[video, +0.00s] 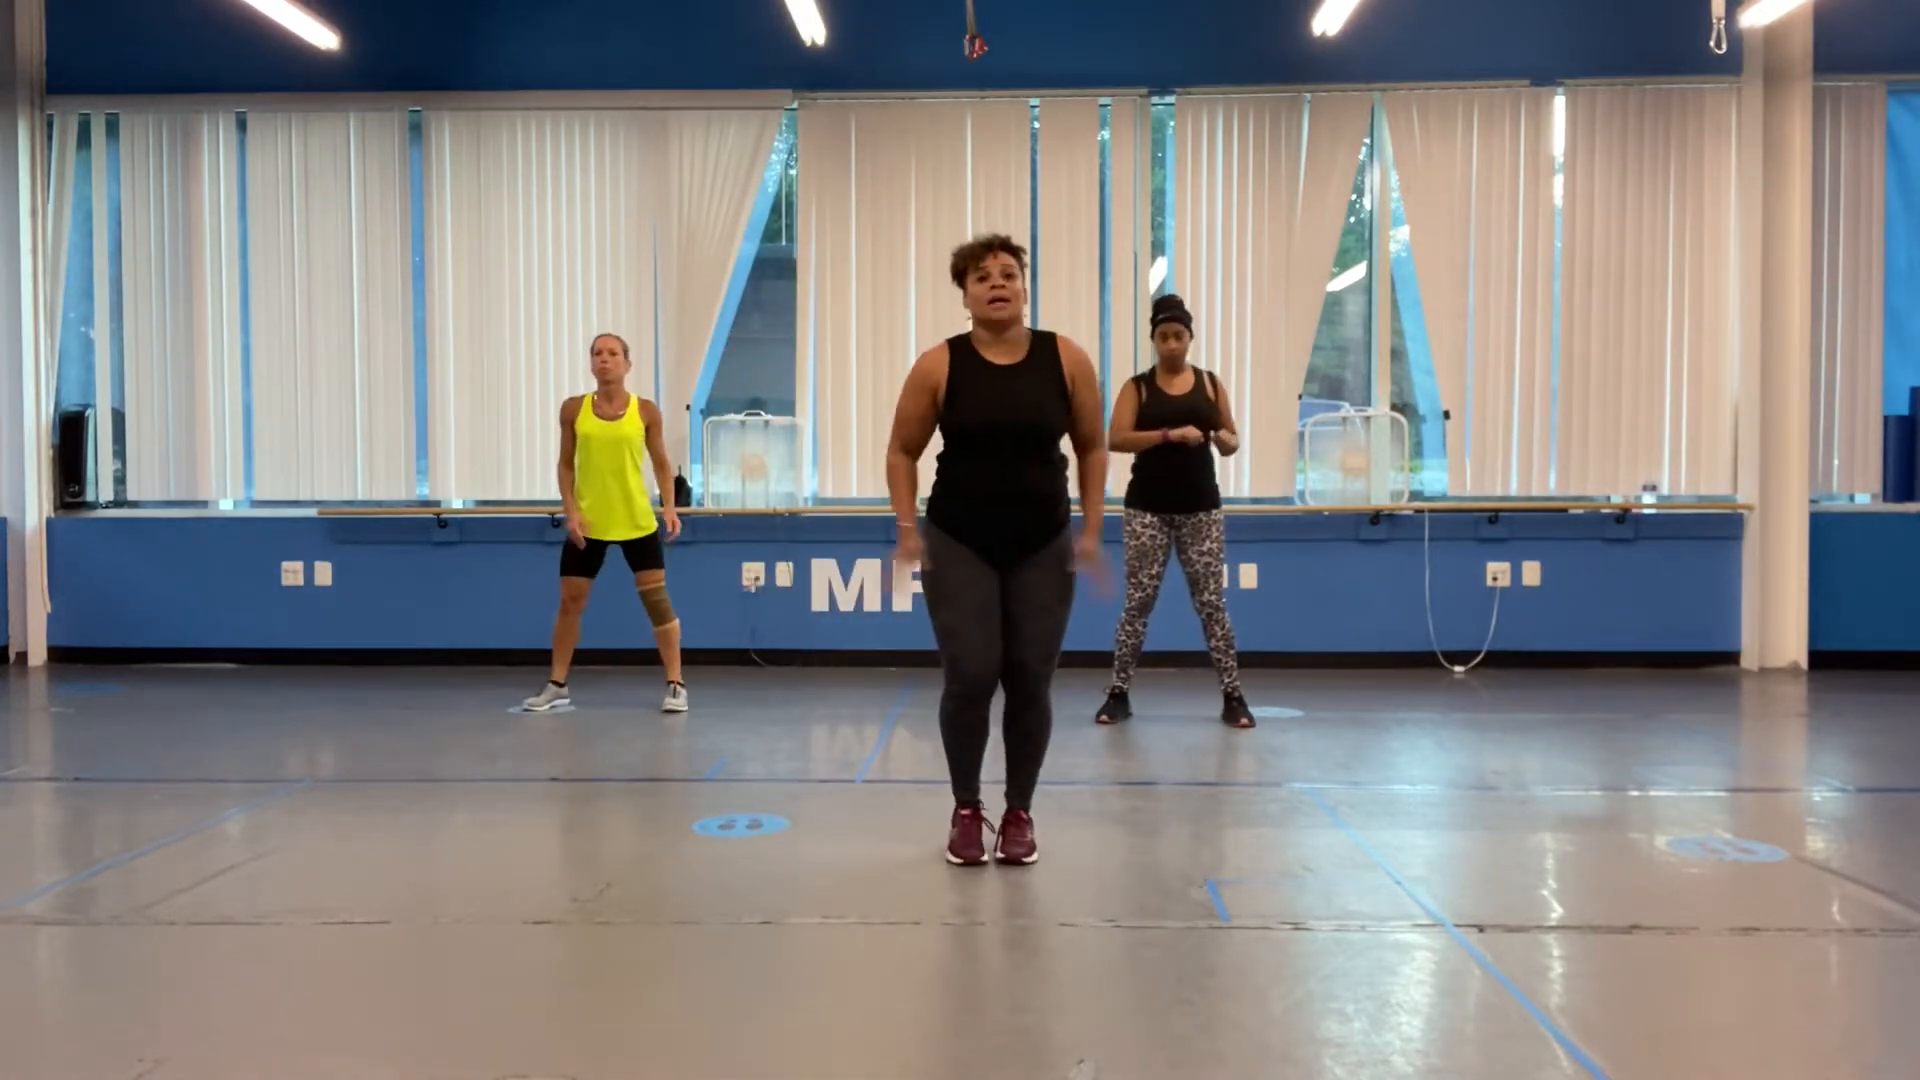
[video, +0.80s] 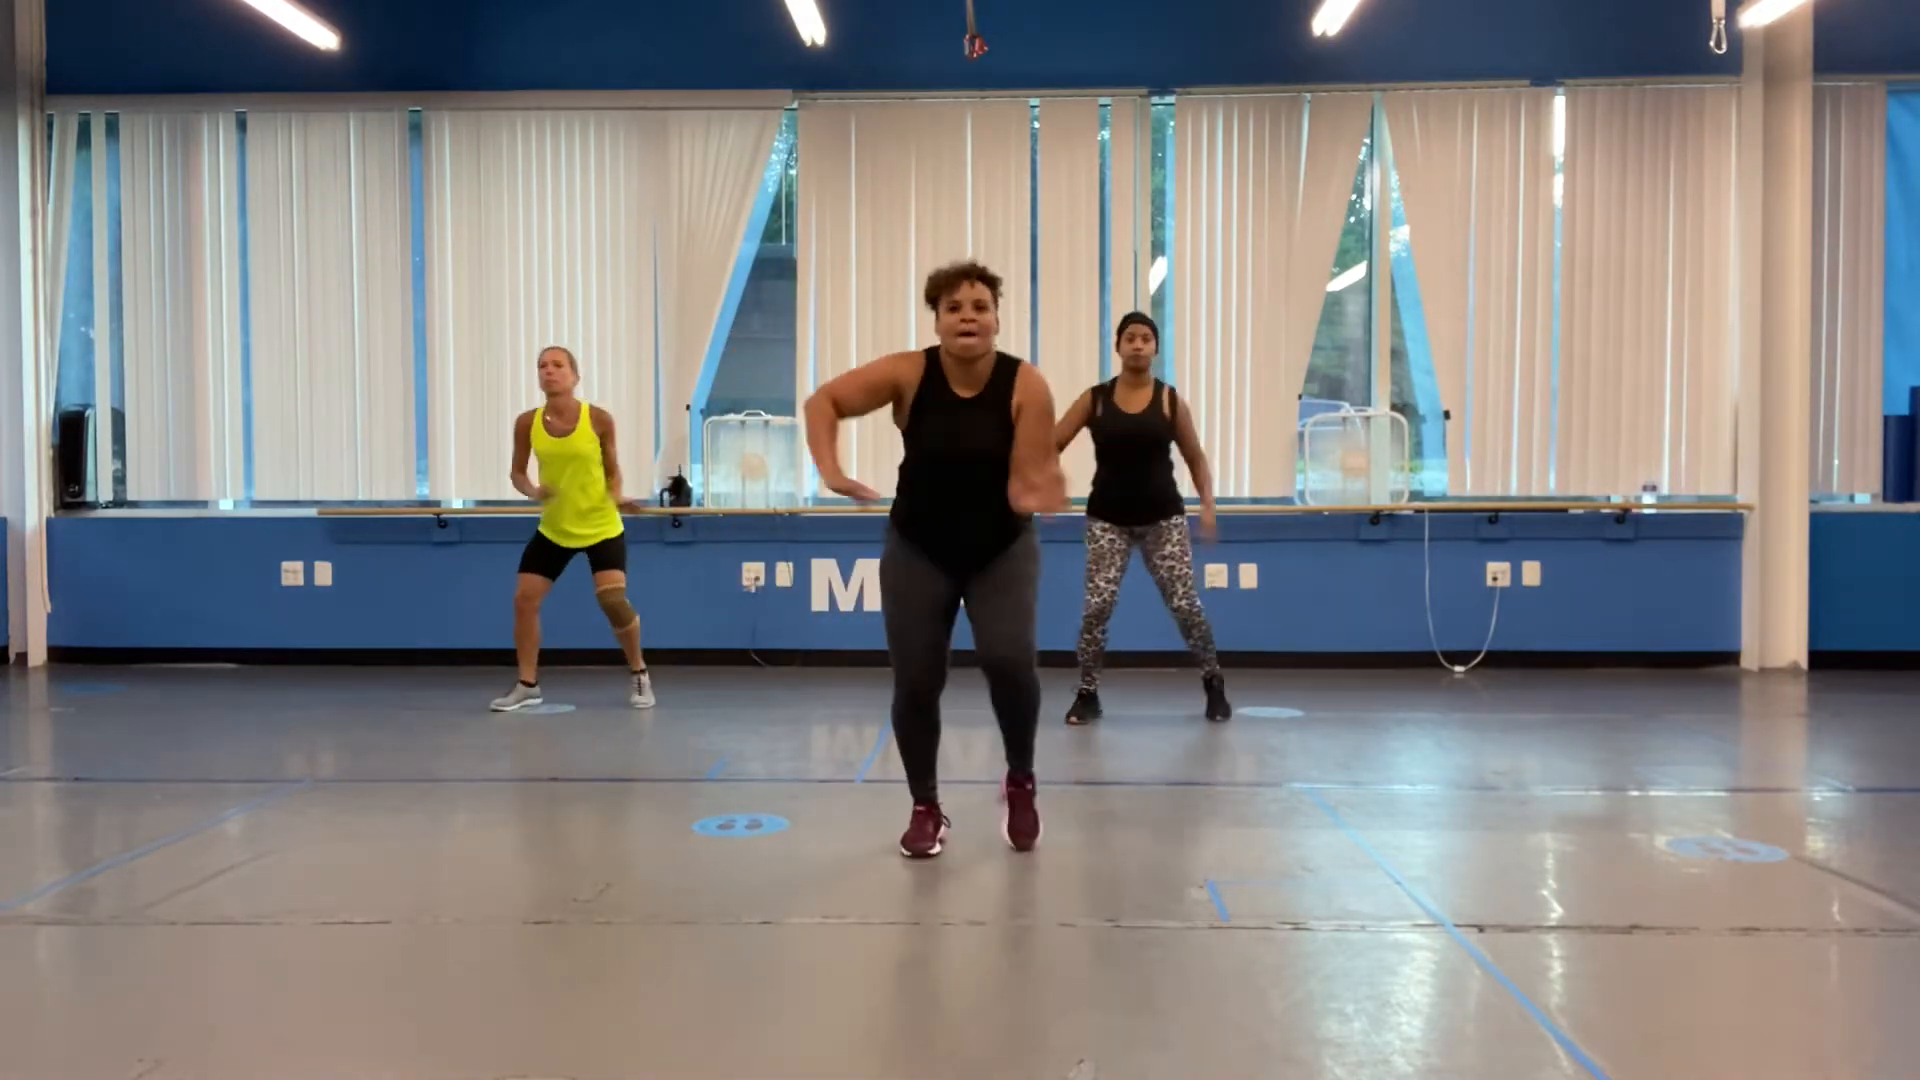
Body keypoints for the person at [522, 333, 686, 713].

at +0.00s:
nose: (603, 359)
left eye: (611, 353)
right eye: (598, 353)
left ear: (627, 363)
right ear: (590, 363)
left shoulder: (646, 411)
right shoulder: (573, 408)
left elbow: (661, 462)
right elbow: (565, 463)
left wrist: (669, 505)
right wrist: (570, 510)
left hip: (637, 519)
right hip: (590, 520)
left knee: (656, 600)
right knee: (570, 601)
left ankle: (675, 684)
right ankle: (557, 685)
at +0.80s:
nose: (548, 371)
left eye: (557, 365)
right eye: (543, 366)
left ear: (575, 376)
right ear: (538, 378)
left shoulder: (599, 418)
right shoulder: (528, 423)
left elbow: (613, 469)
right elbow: (518, 473)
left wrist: (616, 496)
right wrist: (533, 492)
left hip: (601, 523)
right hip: (556, 525)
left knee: (612, 599)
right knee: (526, 598)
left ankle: (639, 674)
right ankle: (527, 685)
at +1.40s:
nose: (542, 374)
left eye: (550, 368)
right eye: (537, 369)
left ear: (569, 379)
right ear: (532, 381)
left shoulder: (594, 417)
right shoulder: (526, 423)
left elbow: (632, 450)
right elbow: (533, 477)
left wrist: (665, 475)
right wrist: (551, 483)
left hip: (612, 521)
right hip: (568, 526)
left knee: (630, 599)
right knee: (532, 594)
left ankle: (673, 680)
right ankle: (521, 683)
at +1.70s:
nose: (499, 382)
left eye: (508, 377)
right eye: (494, 377)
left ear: (527, 387)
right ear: (490, 388)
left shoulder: (554, 419)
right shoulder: (488, 430)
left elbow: (602, 445)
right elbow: (491, 484)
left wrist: (651, 453)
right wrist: (529, 466)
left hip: (578, 526)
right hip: (535, 530)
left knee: (585, 603)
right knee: (487, 590)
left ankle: (615, 680)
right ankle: (503, 678)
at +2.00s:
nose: (465, 385)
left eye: (473, 380)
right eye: (460, 380)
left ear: (492, 390)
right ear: (455, 391)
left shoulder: (517, 426)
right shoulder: (447, 435)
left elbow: (557, 454)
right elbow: (442, 490)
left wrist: (597, 475)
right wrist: (477, 459)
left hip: (537, 527)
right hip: (493, 532)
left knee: (545, 603)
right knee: (458, 599)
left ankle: (585, 660)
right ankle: (465, 687)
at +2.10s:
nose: (468, 383)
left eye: (477, 378)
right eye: (463, 379)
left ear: (495, 387)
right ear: (458, 390)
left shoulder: (522, 430)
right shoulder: (449, 435)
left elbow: (544, 477)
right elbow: (439, 490)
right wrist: (465, 501)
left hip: (533, 527)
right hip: (487, 530)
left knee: (544, 607)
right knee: (451, 599)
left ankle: (555, 666)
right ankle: (464, 687)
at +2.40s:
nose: (510, 382)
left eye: (518, 375)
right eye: (504, 378)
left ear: (536, 382)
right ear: (500, 388)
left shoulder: (566, 419)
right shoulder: (497, 430)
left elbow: (591, 469)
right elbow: (474, 460)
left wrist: (538, 476)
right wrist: (435, 474)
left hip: (565, 525)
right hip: (517, 525)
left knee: (592, 598)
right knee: (482, 604)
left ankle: (605, 684)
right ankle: (449, 677)